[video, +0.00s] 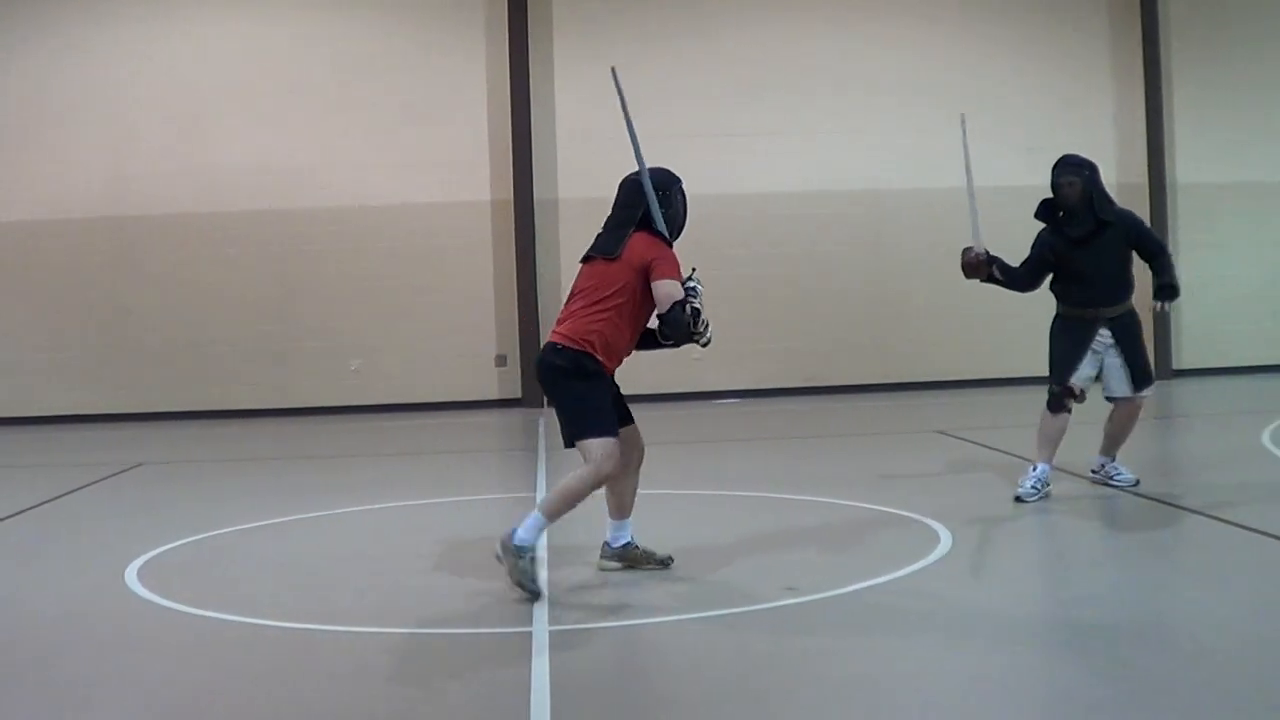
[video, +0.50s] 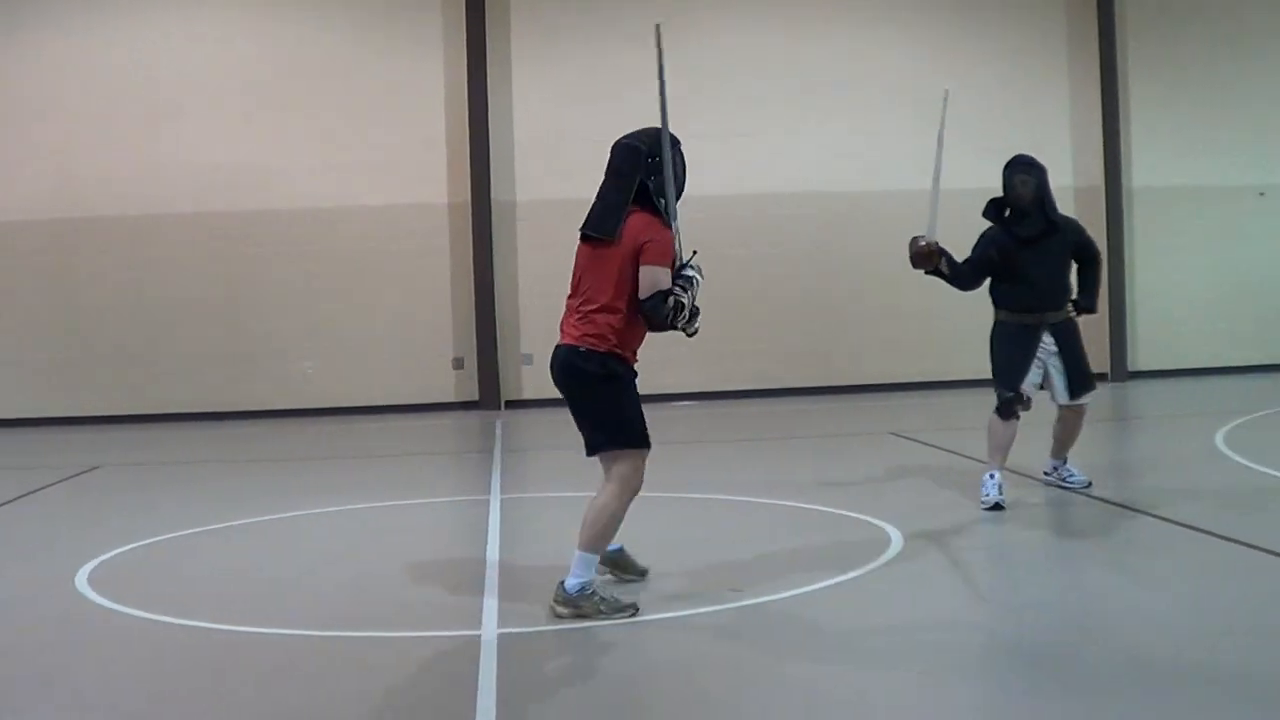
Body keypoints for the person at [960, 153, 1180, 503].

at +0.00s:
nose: (1065, 190)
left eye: (1072, 183)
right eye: (1059, 184)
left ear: (1090, 184)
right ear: (1054, 190)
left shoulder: (1121, 222)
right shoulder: (1053, 236)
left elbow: (1156, 251)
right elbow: (1027, 279)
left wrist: (1165, 286)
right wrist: (989, 266)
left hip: (1120, 322)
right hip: (1074, 324)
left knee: (1131, 396)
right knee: (1061, 396)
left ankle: (1104, 463)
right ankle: (1040, 472)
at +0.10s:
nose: (1066, 189)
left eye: (1073, 182)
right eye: (1061, 183)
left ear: (1091, 183)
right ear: (1055, 188)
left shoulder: (1122, 222)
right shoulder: (1053, 234)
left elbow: (1157, 250)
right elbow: (1026, 278)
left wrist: (1159, 296)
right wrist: (992, 265)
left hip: (1118, 320)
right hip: (1072, 321)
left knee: (1130, 396)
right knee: (1055, 390)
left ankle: (1102, 463)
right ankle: (1039, 468)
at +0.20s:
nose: (1061, 188)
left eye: (1068, 181)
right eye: (1056, 182)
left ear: (1085, 183)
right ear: (1049, 186)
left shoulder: (1115, 221)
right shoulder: (1047, 233)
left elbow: (1147, 245)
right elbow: (1020, 276)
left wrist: (1147, 290)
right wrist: (986, 261)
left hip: (1112, 320)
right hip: (1066, 321)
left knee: (1121, 398)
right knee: (1048, 388)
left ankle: (1094, 463)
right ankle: (1031, 465)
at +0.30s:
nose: (1050, 189)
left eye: (1057, 182)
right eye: (1044, 183)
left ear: (1074, 184)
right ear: (1038, 188)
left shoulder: (1102, 224)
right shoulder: (1034, 234)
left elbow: (1132, 250)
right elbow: (1005, 277)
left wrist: (1127, 291)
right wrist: (975, 261)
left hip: (1099, 322)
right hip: (1052, 324)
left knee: (1110, 394)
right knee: (1039, 393)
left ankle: (1083, 464)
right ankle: (1017, 470)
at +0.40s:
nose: (1035, 188)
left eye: (1042, 182)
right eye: (1030, 182)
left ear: (1058, 184)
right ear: (1022, 188)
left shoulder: (1083, 226)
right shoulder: (1016, 235)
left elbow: (1112, 253)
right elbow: (986, 277)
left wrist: (1108, 293)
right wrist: (955, 259)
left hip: (1080, 323)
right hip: (1034, 326)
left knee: (1094, 397)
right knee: (1025, 399)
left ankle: (1069, 465)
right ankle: (1004, 475)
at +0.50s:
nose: (1021, 187)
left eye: (1027, 180)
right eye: (1015, 181)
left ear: (1041, 185)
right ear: (1005, 188)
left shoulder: (1065, 228)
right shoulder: (997, 237)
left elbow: (1090, 257)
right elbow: (968, 279)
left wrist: (1086, 299)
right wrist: (940, 260)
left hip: (1060, 324)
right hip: (1014, 328)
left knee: (1075, 399)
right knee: (1010, 402)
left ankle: (1057, 466)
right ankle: (993, 478)